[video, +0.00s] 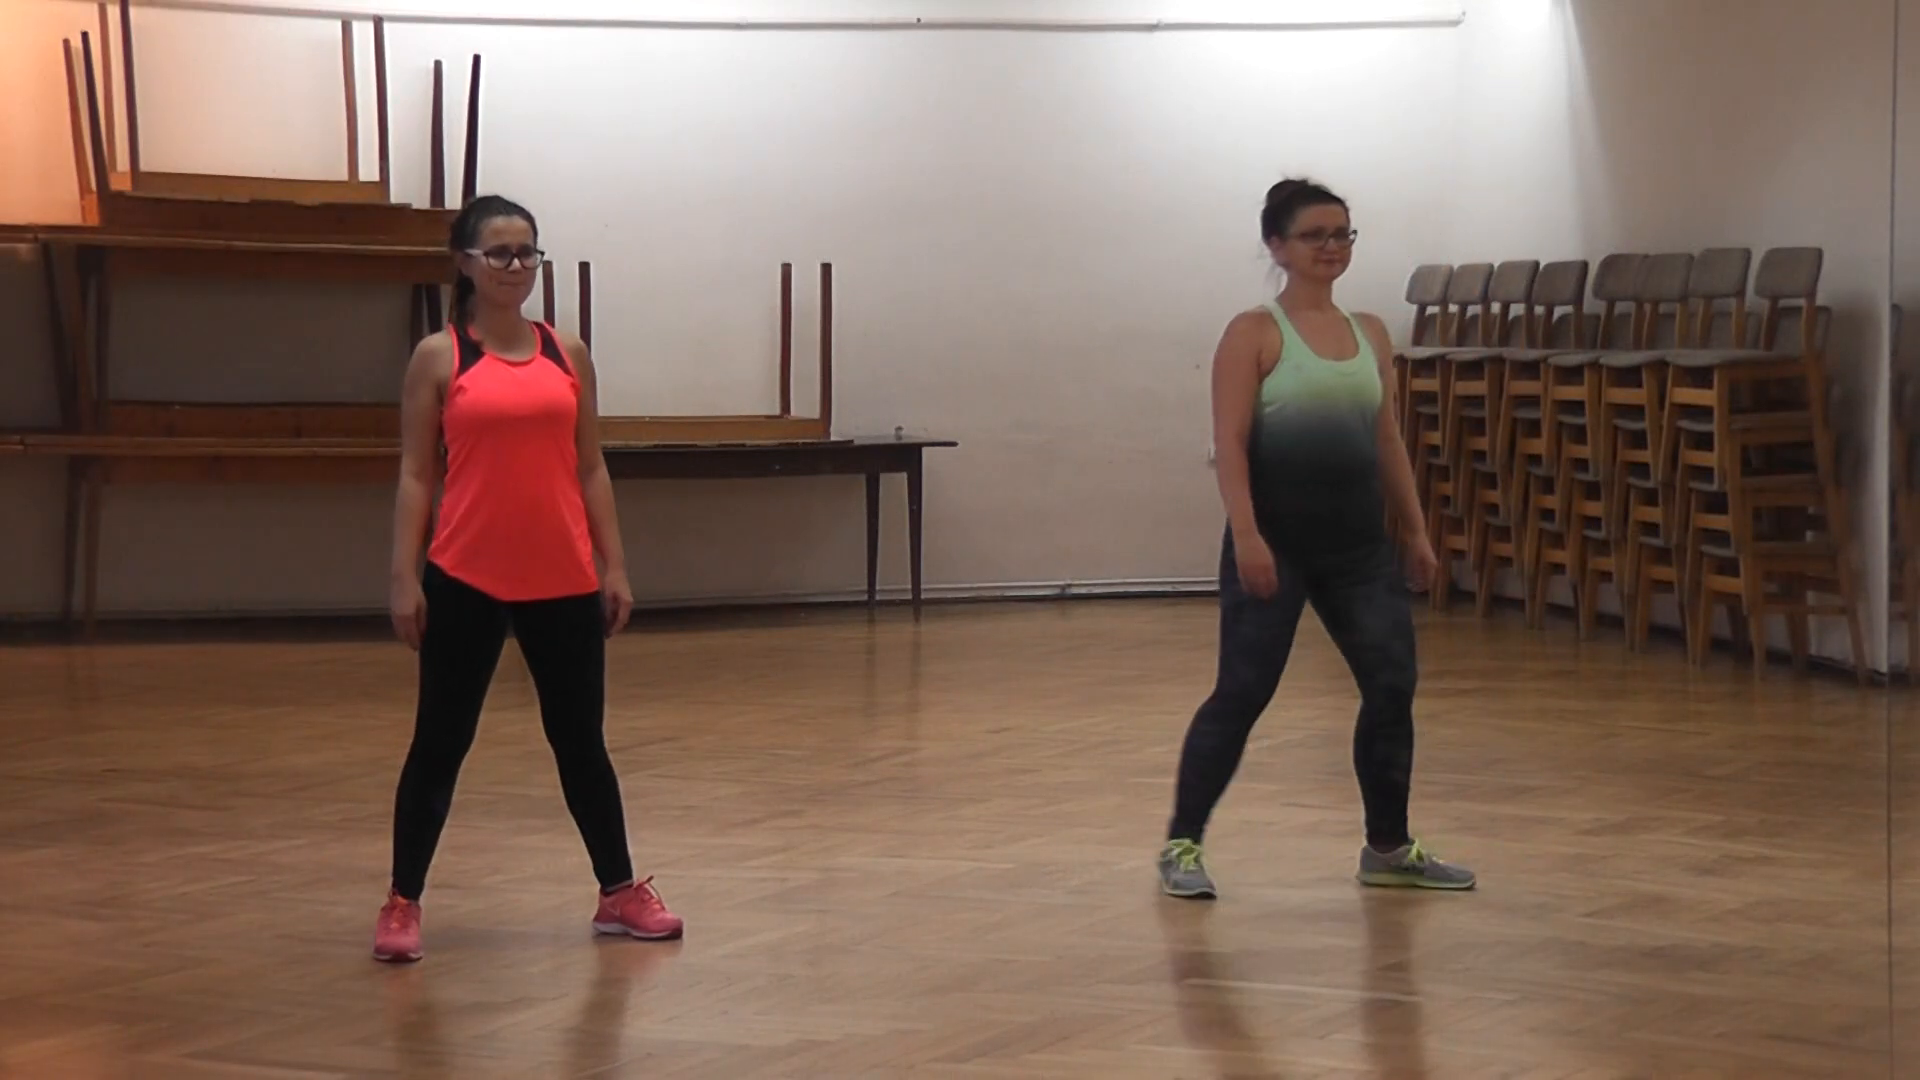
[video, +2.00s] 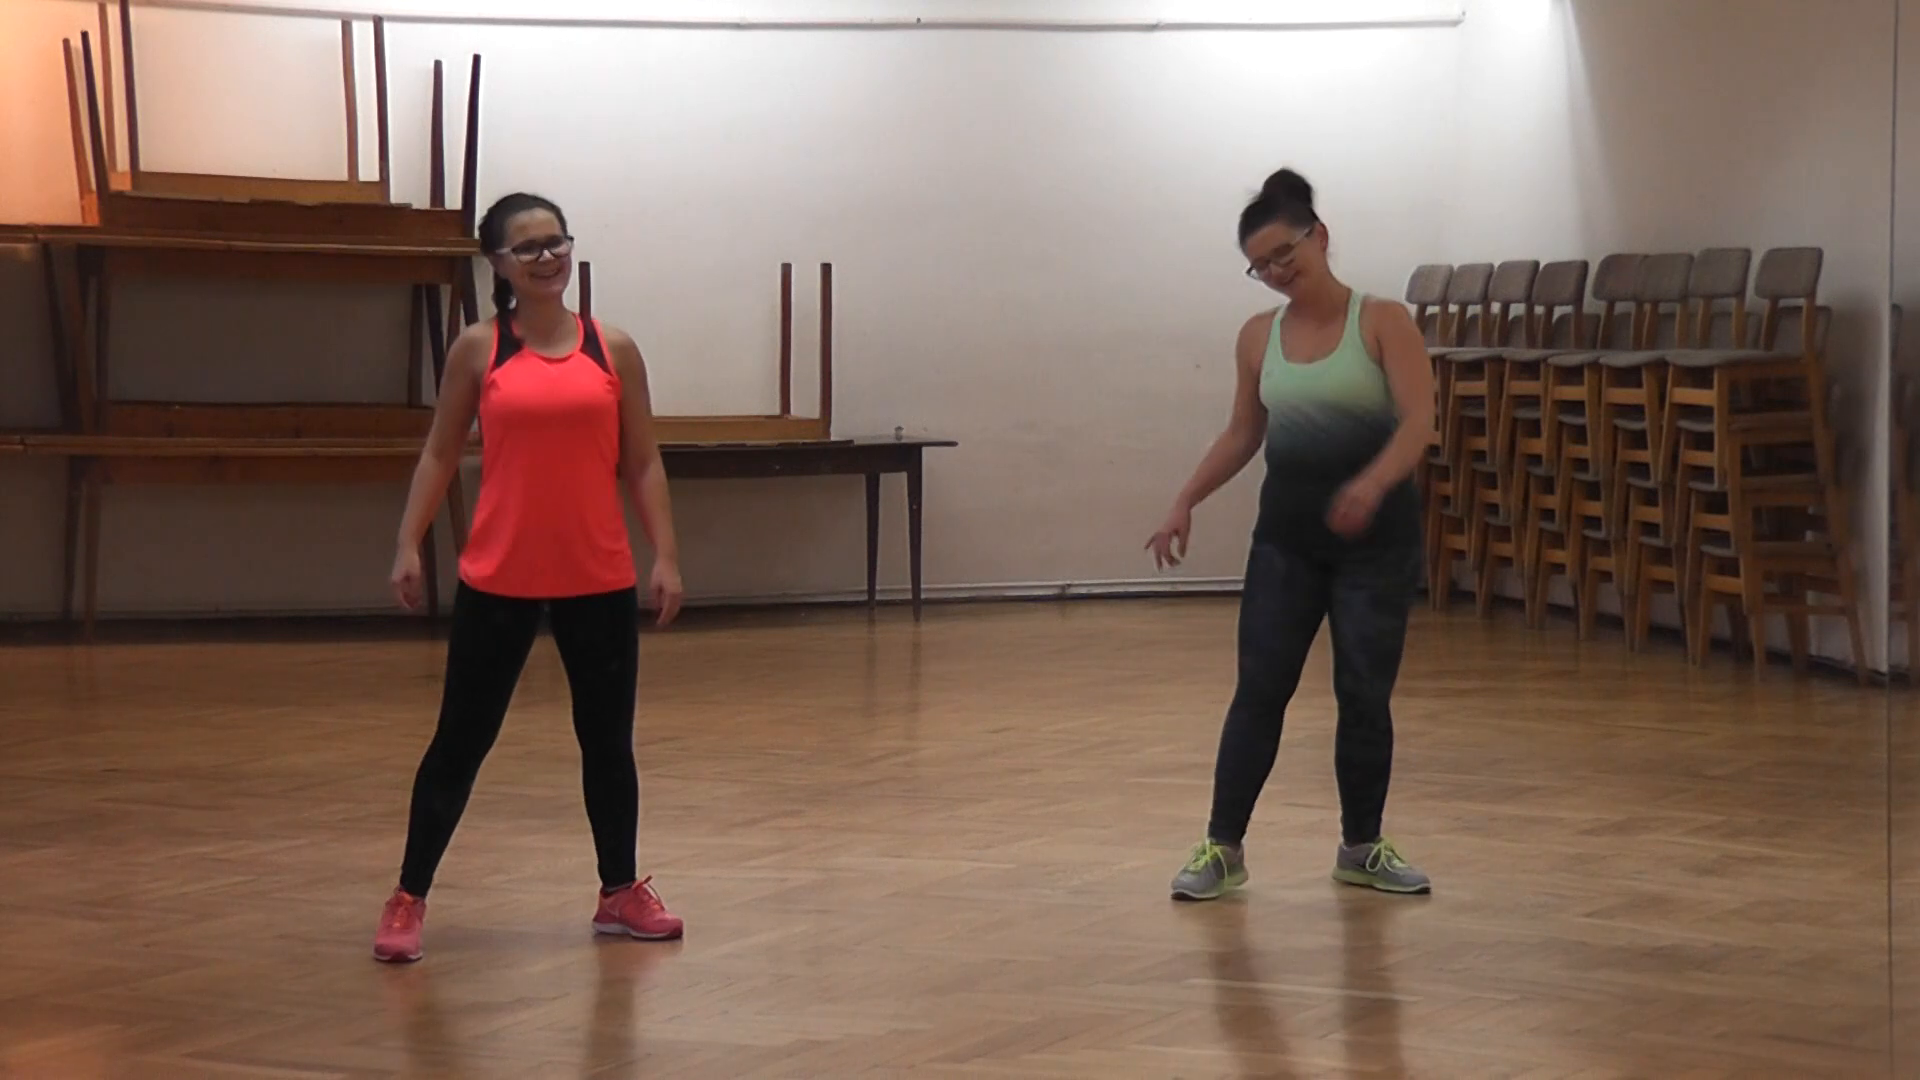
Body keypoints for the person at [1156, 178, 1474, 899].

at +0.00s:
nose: (1334, 247)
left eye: (1342, 235)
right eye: (1316, 236)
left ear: (1351, 241)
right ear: (1278, 246)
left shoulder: (1370, 333)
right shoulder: (1252, 334)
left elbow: (1389, 442)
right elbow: (1229, 445)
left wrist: (1415, 532)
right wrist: (1246, 537)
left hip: (1358, 548)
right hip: (1270, 548)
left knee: (1391, 683)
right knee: (1242, 693)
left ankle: (1388, 848)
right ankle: (1183, 843)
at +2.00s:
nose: (1275, 274)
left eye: (1283, 255)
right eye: (1260, 267)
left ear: (1321, 236)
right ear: (1253, 269)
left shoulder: (1385, 322)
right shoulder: (1260, 336)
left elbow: (1420, 425)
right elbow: (1243, 434)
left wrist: (1372, 482)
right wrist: (1184, 499)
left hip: (1374, 541)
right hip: (1285, 542)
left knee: (1364, 698)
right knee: (1259, 691)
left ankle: (1362, 848)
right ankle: (1223, 847)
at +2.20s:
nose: (1255, 258)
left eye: (1265, 241)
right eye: (1244, 248)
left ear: (1307, 225)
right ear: (1238, 249)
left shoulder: (1363, 307)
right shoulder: (1254, 314)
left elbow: (1370, 409)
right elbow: (1268, 409)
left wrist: (1270, 427)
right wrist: (1205, 452)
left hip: (1367, 518)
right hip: (1283, 519)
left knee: (1377, 678)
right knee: (1259, 675)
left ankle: (1403, 836)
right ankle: (1265, 834)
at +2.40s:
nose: (1230, 285)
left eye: (1241, 269)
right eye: (1219, 273)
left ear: (1282, 256)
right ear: (1211, 270)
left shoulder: (1326, 341)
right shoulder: (1217, 348)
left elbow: (1347, 450)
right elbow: (1218, 444)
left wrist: (1275, 524)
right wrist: (1156, 505)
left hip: (1331, 548)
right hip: (1248, 547)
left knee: (1341, 693)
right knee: (1245, 704)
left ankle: (1409, 835)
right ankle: (1294, 846)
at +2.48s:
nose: (1211, 280)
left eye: (1223, 265)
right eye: (1200, 268)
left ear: (1263, 254)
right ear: (1191, 264)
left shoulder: (1309, 338)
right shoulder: (1196, 340)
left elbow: (1344, 447)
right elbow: (1187, 437)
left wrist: (1334, 540)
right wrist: (1137, 481)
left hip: (1305, 552)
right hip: (1229, 553)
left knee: (1296, 690)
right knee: (1239, 700)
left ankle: (1372, 814)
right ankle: (1291, 845)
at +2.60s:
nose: (1184, 273)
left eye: (1196, 257)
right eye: (1172, 261)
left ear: (1235, 245)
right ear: (1164, 257)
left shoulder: (1285, 329)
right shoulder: (1166, 328)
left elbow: (1347, 421)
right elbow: (1133, 425)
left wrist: (1391, 508)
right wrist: (1087, 422)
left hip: (1281, 526)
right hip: (1204, 532)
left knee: (1237, 662)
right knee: (1237, 679)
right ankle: (1288, 842)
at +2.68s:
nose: (1167, 279)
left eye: (1180, 263)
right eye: (1154, 265)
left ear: (1218, 249)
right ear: (1143, 259)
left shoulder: (1269, 333)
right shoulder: (1143, 333)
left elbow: (1342, 414)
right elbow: (1097, 416)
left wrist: (1403, 494)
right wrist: (1067, 398)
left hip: (1259, 535)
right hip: (1187, 542)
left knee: (1211, 671)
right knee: (1248, 690)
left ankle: (1165, 846)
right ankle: (1293, 841)